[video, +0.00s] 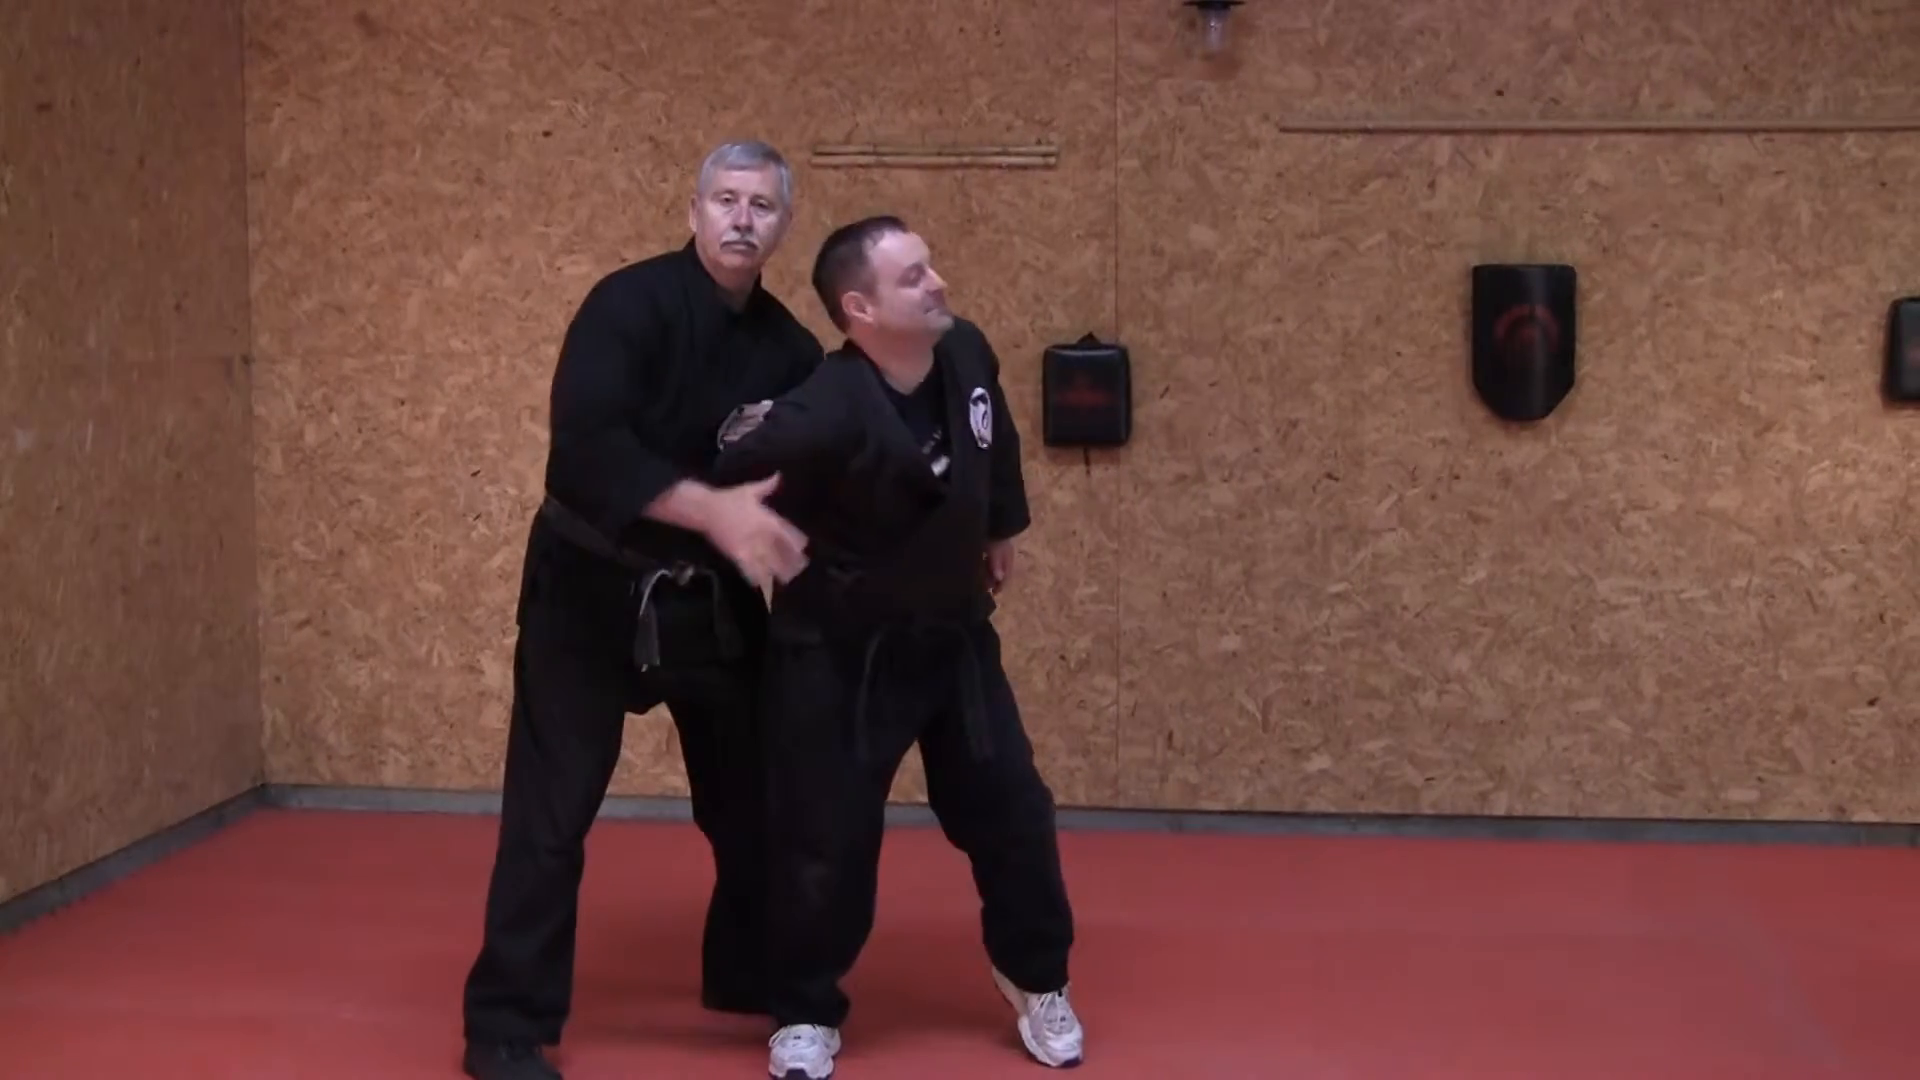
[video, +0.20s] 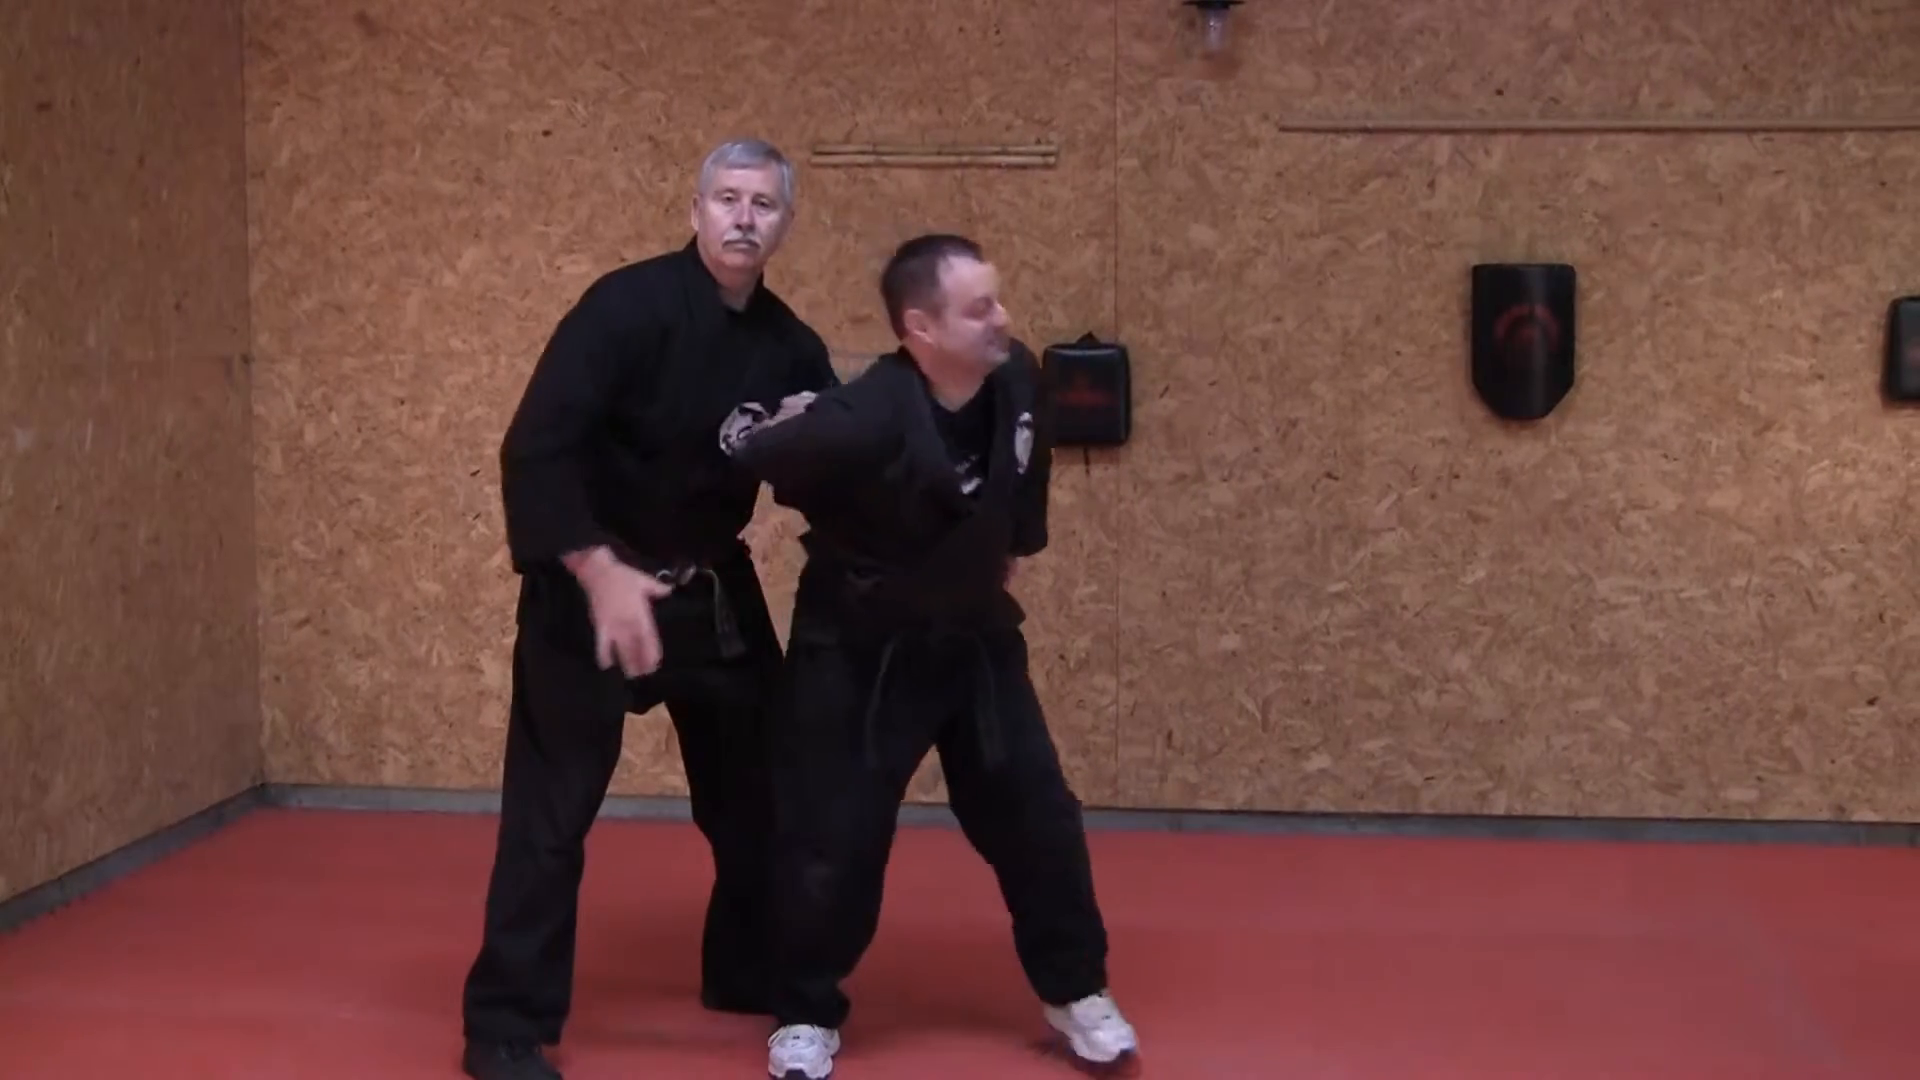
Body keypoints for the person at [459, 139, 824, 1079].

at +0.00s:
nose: (743, 219)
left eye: (763, 206)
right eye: (727, 201)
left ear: (785, 225)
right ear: (695, 211)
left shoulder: (795, 352)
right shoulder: (626, 305)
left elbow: (820, 478)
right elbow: (585, 454)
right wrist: (717, 512)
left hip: (716, 589)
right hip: (592, 578)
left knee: (753, 795)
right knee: (551, 815)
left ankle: (747, 973)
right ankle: (509, 1034)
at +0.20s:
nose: (744, 219)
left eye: (764, 205)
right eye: (728, 200)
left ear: (786, 224)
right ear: (696, 209)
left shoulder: (792, 348)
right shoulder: (623, 308)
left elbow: (834, 483)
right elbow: (534, 450)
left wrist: (809, 437)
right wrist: (599, 570)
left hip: (711, 582)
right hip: (586, 582)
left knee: (759, 791)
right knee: (551, 819)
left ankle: (748, 972)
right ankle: (508, 1034)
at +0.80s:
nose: (797, 220)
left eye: (815, 207)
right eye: (781, 201)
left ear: (831, 224)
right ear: (745, 207)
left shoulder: (833, 347)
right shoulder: (668, 295)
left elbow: (852, 484)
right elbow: (562, 418)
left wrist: (943, 512)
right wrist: (565, 552)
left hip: (754, 588)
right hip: (637, 576)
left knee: (793, 785)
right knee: (580, 807)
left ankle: (752, 972)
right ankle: (513, 1026)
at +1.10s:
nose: (842, 231)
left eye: (857, 215)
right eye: (827, 210)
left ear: (870, 220)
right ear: (783, 201)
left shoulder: (863, 322)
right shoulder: (704, 287)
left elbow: (878, 452)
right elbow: (611, 409)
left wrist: (900, 560)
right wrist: (604, 552)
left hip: (801, 579)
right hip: (696, 571)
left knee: (805, 790)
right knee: (666, 796)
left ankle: (753, 971)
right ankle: (603, 1005)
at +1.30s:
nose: (853, 213)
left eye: (868, 198)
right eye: (837, 192)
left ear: (882, 208)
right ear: (795, 191)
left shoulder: (882, 315)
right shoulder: (719, 282)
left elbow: (892, 452)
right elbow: (624, 411)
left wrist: (888, 578)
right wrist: (629, 553)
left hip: (823, 572)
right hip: (719, 564)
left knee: (820, 778)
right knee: (743, 772)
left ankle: (775, 974)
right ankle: (753, 990)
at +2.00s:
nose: (861, 177)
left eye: (876, 159)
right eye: (841, 162)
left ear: (900, 169)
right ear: (810, 176)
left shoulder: (946, 284)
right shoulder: (763, 296)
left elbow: (994, 412)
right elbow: (705, 440)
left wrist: (1027, 520)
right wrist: (768, 499)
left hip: (930, 573)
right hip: (811, 579)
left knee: (948, 790)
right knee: (823, 803)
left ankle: (912, 954)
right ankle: (828, 1020)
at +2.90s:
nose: (959, 169)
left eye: (977, 153)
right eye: (943, 153)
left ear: (1006, 172)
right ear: (916, 170)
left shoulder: (1050, 289)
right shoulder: (863, 283)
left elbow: (1112, 419)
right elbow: (794, 416)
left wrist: (1031, 384)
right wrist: (861, 432)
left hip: (1015, 570)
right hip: (890, 567)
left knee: (1001, 789)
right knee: (856, 793)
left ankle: (973, 986)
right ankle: (818, 1006)